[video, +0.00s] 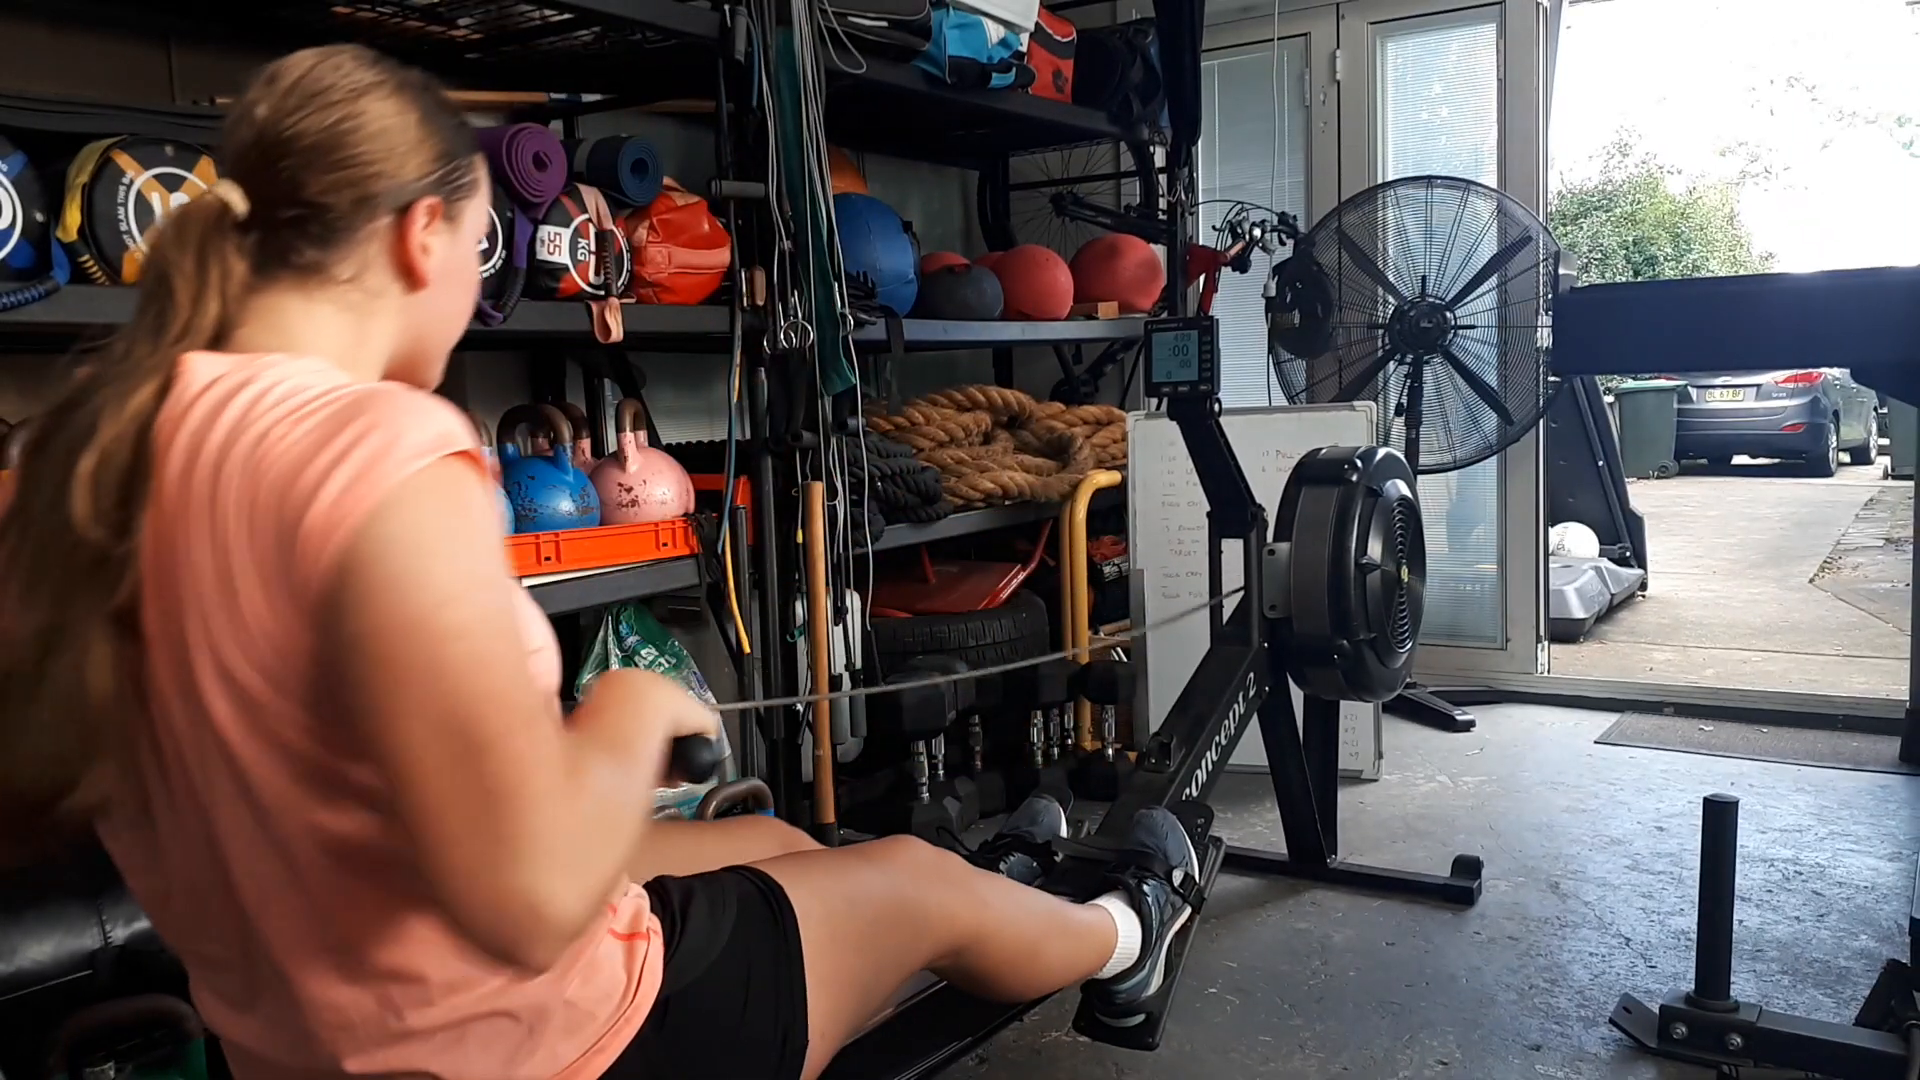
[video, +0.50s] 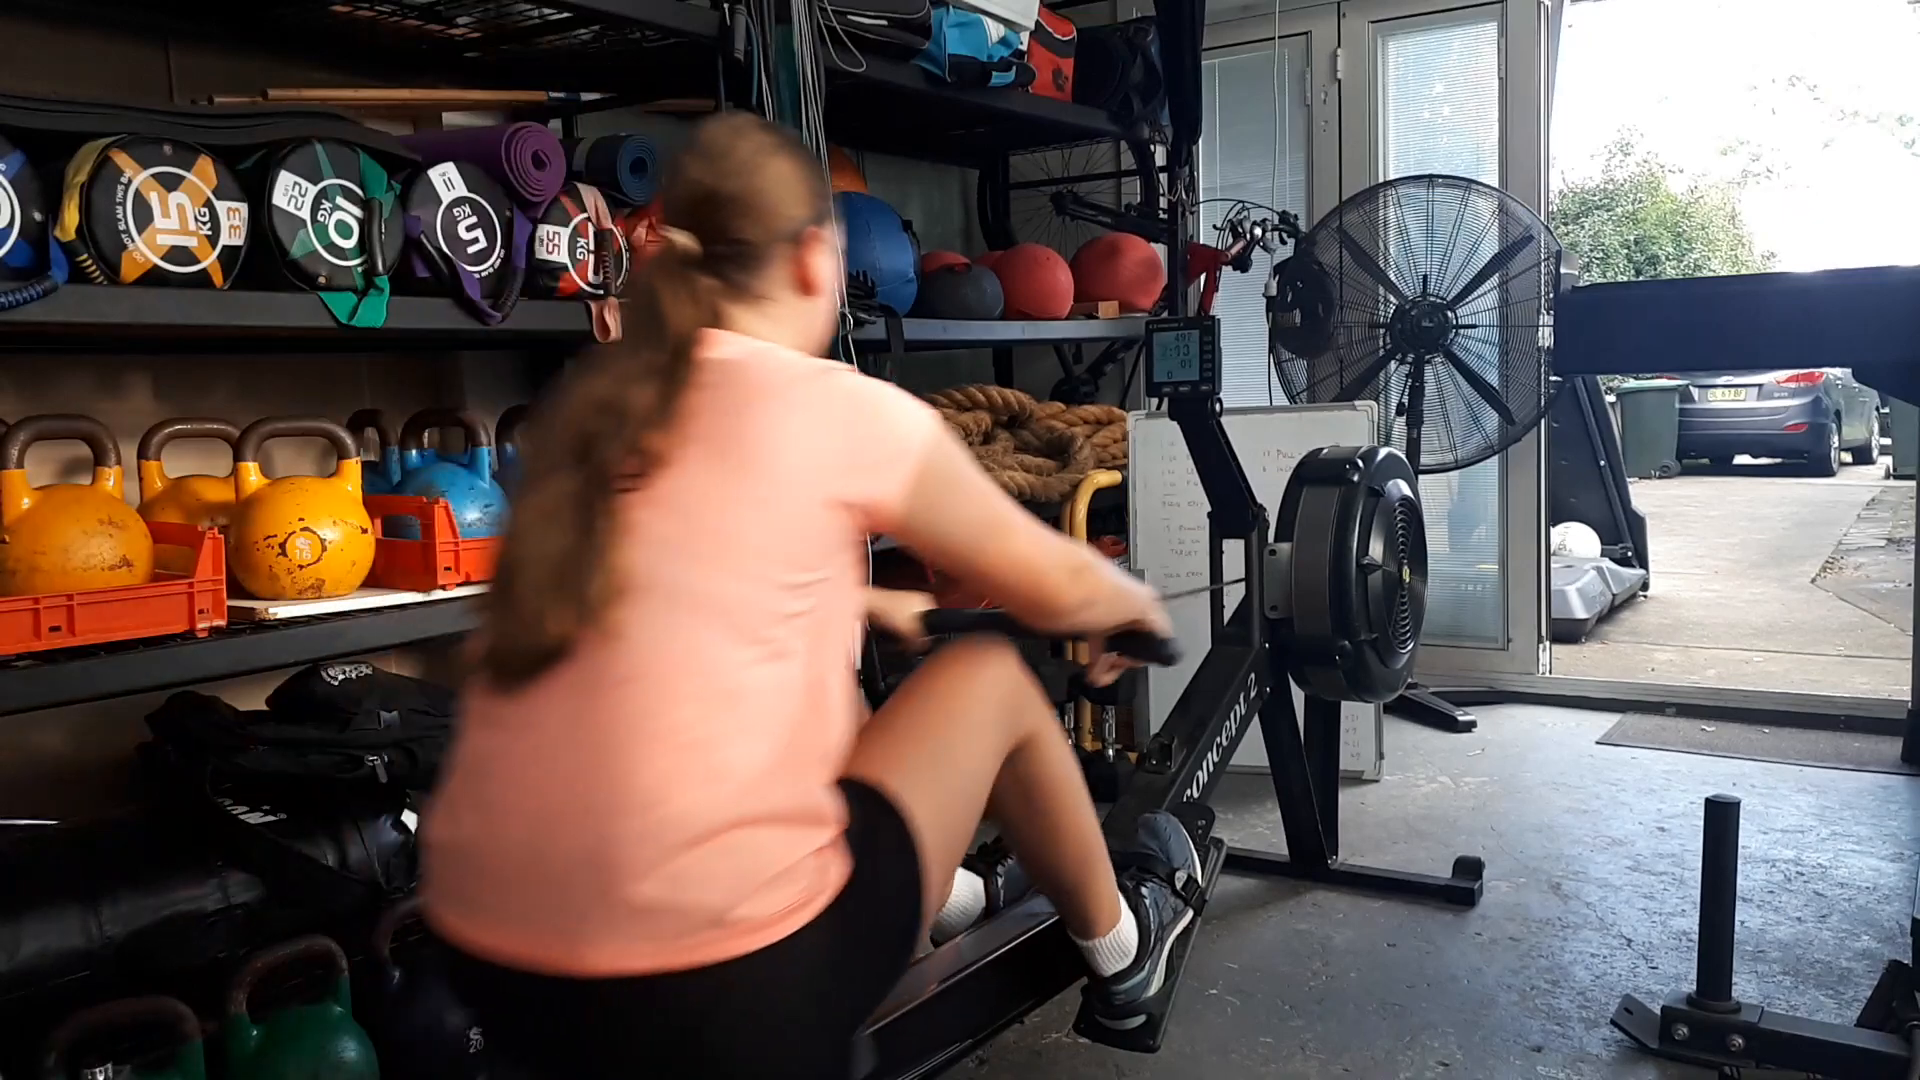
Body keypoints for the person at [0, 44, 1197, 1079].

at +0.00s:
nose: (481, 289)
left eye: (486, 251)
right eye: (483, 247)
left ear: (248, 233)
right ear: (418, 239)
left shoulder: (101, 433)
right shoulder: (387, 464)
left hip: (286, 1034)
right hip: (517, 1044)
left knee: (760, 841)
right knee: (918, 880)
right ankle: (1114, 945)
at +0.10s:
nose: (521, 268)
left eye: (523, 228)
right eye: (520, 226)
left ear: (286, 218)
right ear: (461, 223)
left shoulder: (153, 424)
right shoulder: (449, 439)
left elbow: (102, 771)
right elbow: (681, 847)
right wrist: (729, 705)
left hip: (286, 1038)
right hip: (539, 1040)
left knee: (754, 815)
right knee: (925, 870)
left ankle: (887, 992)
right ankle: (1115, 948)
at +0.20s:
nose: (604, 245)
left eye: (603, 212)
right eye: (597, 210)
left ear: (388, 213)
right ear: (542, 211)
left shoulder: (292, 406)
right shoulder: (561, 416)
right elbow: (847, 748)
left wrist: (821, 774)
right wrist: (869, 660)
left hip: (320, 1030)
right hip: (562, 1035)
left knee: (814, 784)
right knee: (931, 832)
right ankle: (1115, 948)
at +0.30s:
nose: (689, 248)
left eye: (687, 217)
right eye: (684, 216)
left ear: (488, 214)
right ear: (636, 219)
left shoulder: (378, 394)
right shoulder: (675, 408)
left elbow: (492, 676)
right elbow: (951, 690)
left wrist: (720, 633)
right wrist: (982, 633)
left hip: (355, 1011)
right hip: (596, 1026)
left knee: (792, 755)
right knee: (949, 783)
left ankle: (907, 928)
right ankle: (1122, 955)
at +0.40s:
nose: (769, 256)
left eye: (768, 232)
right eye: (768, 230)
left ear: (584, 235)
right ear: (735, 239)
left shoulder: (490, 396)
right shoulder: (775, 413)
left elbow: (573, 604)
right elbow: (1029, 628)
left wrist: (787, 617)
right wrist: (1060, 610)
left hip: (416, 1015)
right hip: (659, 1025)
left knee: (794, 711)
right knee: (974, 730)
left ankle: (916, 901)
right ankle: (1122, 959)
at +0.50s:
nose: (842, 271)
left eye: (835, 250)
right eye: (840, 249)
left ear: (675, 250)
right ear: (815, 257)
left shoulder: (591, 407)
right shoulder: (852, 415)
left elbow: (668, 585)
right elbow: (1058, 589)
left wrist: (868, 603)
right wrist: (1128, 599)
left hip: (497, 986)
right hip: (728, 996)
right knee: (993, 665)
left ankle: (928, 898)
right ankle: (1121, 958)